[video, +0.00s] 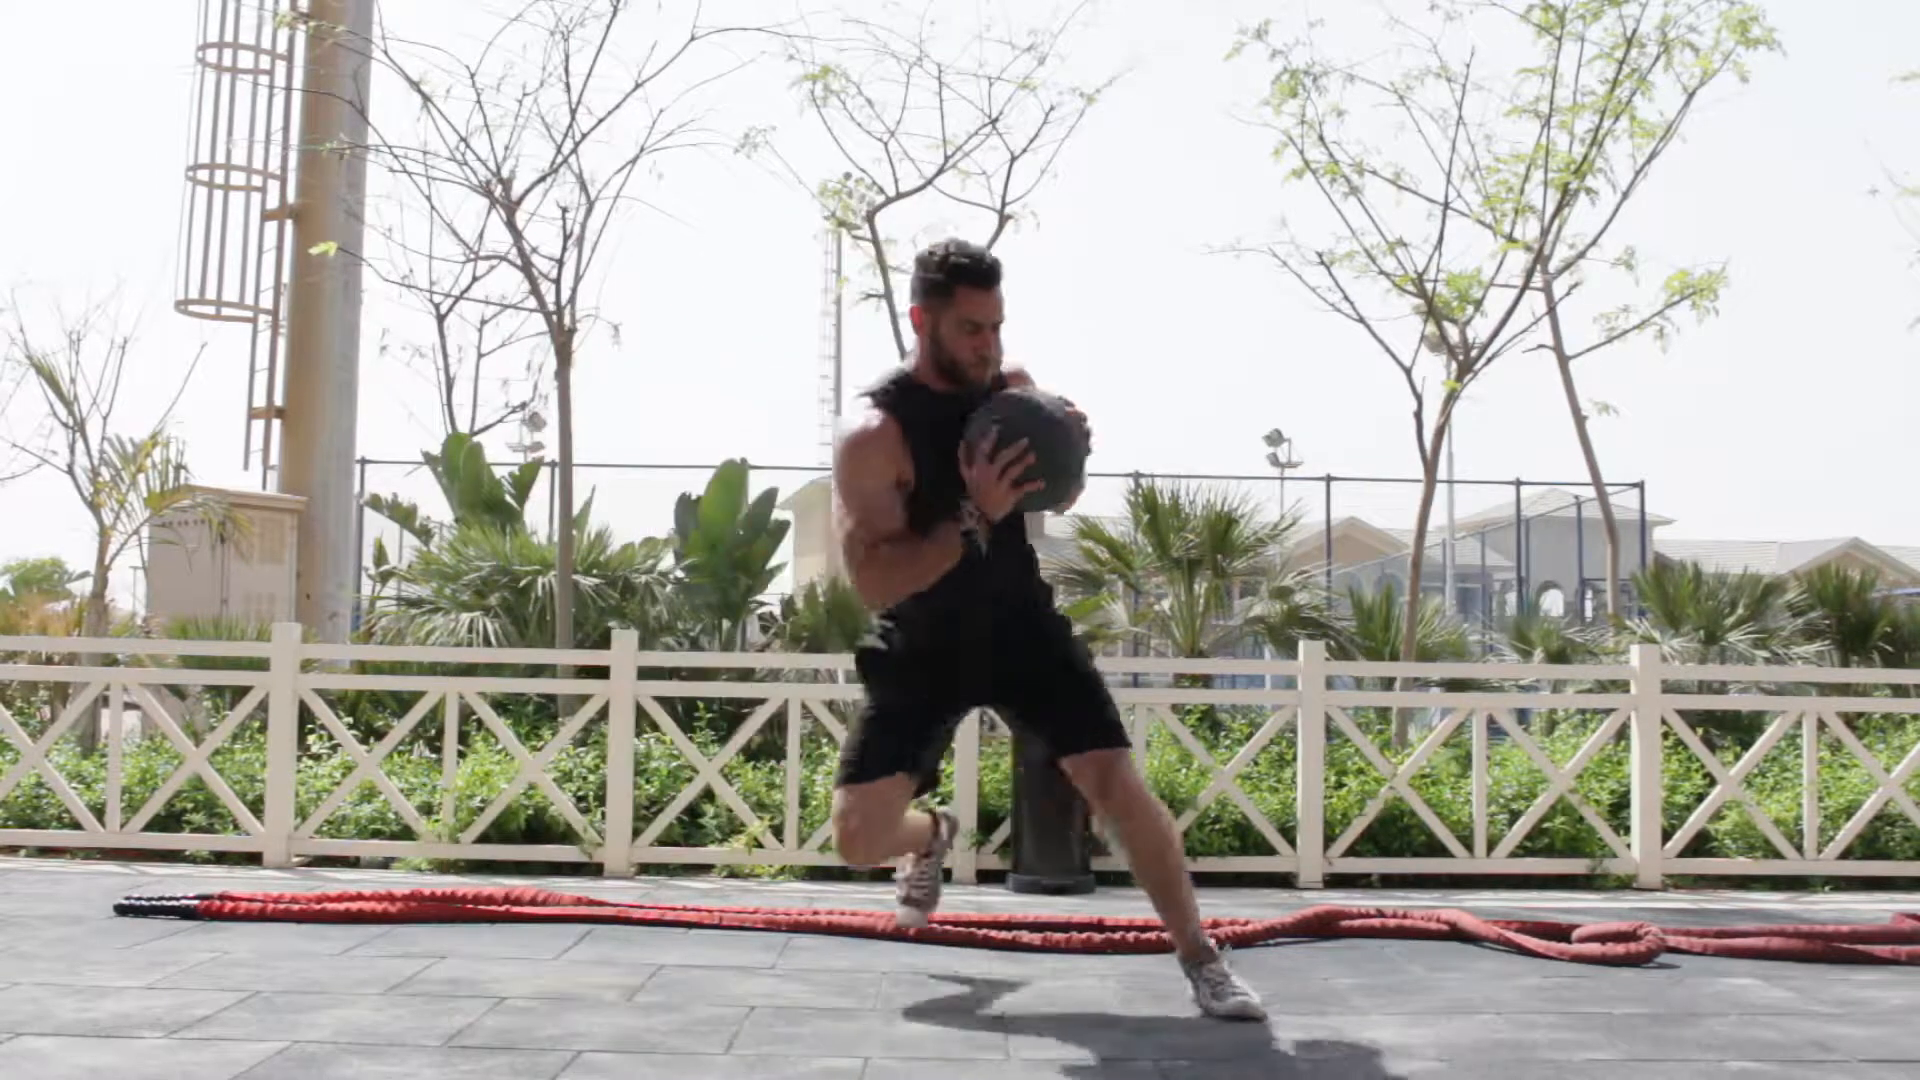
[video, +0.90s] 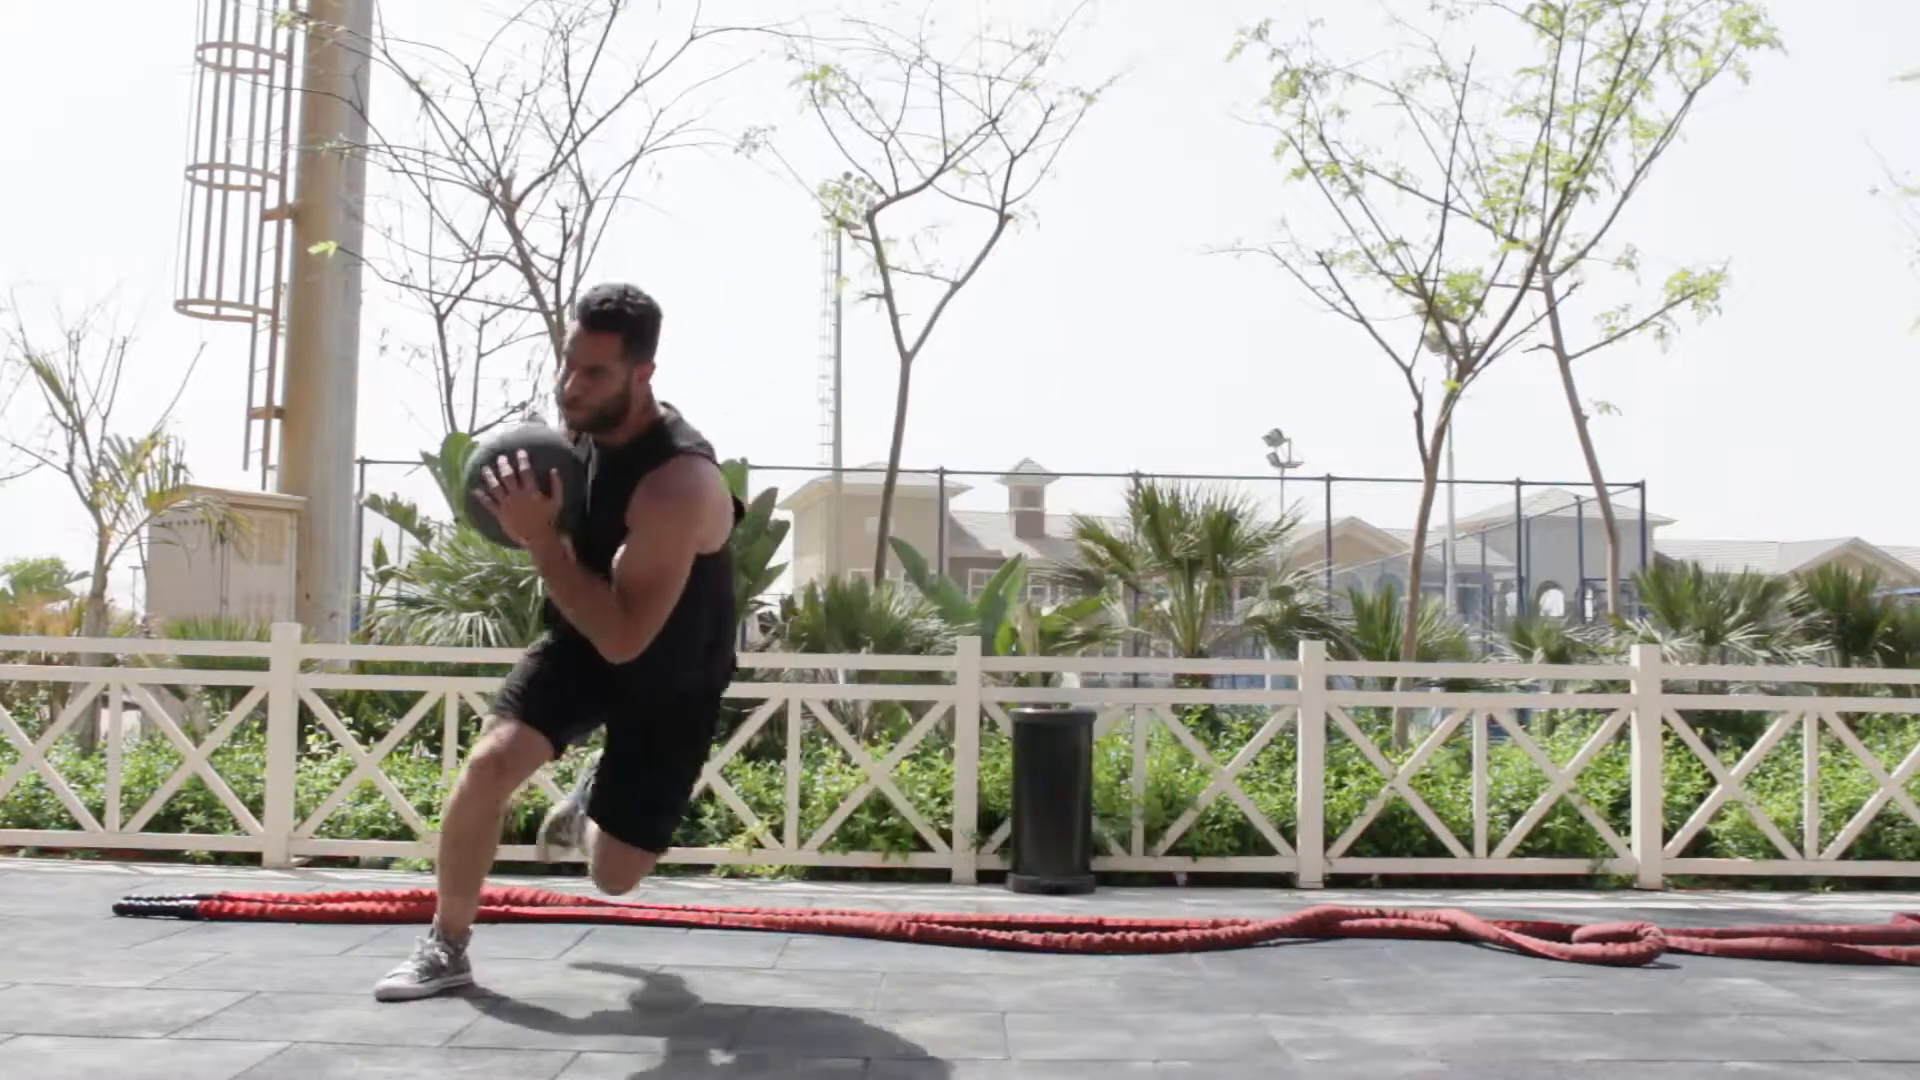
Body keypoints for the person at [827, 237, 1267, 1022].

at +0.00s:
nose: (991, 347)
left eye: (997, 328)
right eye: (973, 329)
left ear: (1002, 321)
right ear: (919, 323)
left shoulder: (1008, 390)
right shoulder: (872, 438)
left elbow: (1047, 494)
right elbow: (875, 582)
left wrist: (1064, 439)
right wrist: (972, 519)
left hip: (1021, 632)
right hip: (918, 648)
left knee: (1114, 782)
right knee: (860, 838)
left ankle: (1200, 956)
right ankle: (931, 835)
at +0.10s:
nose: (1068, 396)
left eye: (1073, 376)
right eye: (1049, 378)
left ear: (1078, 368)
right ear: (995, 370)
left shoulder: (1059, 434)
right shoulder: (955, 490)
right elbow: (1000, 641)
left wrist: (1116, 506)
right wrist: (1090, 556)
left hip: (1076, 658)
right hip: (988, 698)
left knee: (1144, 793)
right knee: (1050, 884)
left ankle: (1205, 960)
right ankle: (1129, 846)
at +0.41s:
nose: (1032, 389)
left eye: (1047, 369)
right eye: (1015, 370)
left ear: (1068, 363)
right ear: (986, 363)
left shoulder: (1102, 452)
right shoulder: (938, 469)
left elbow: (1160, 576)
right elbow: (901, 608)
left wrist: (1124, 512)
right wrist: (1002, 558)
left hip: (1079, 667)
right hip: (971, 674)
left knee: (1151, 797)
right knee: (926, 828)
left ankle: (1208, 963)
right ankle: (1036, 864)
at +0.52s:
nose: (936, 337)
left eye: (953, 319)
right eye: (922, 319)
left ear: (988, 316)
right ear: (907, 318)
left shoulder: (1046, 419)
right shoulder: (867, 421)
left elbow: (1093, 548)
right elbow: (808, 544)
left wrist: (1030, 501)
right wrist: (878, 510)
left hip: (1017, 639)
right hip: (903, 633)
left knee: (1107, 782)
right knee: (766, 745)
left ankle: (1202, 959)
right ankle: (793, 901)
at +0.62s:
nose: (824, 294)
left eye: (844, 279)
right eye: (816, 276)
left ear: (889, 279)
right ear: (806, 275)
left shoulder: (946, 376)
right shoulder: (772, 366)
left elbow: (976, 519)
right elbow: (723, 481)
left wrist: (894, 473)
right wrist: (757, 463)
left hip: (920, 598)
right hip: (805, 588)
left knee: (1021, 751)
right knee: (672, 714)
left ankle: (1120, 935)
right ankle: (550, 891)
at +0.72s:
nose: (717, 308)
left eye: (736, 295)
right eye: (712, 289)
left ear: (784, 295)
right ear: (705, 283)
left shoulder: (839, 393)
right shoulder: (687, 365)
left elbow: (841, 548)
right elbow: (649, 486)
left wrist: (746, 484)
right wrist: (647, 448)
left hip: (816, 606)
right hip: (708, 597)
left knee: (904, 771)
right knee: (591, 743)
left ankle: (906, 867)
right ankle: (463, 923)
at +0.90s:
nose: (570, 389)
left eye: (592, 374)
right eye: (567, 367)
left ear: (645, 376)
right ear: (562, 359)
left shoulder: (682, 480)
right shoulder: (581, 431)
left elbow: (624, 636)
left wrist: (542, 539)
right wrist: (529, 508)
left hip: (678, 676)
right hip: (589, 641)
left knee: (616, 875)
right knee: (491, 763)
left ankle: (594, 802)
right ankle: (446, 947)